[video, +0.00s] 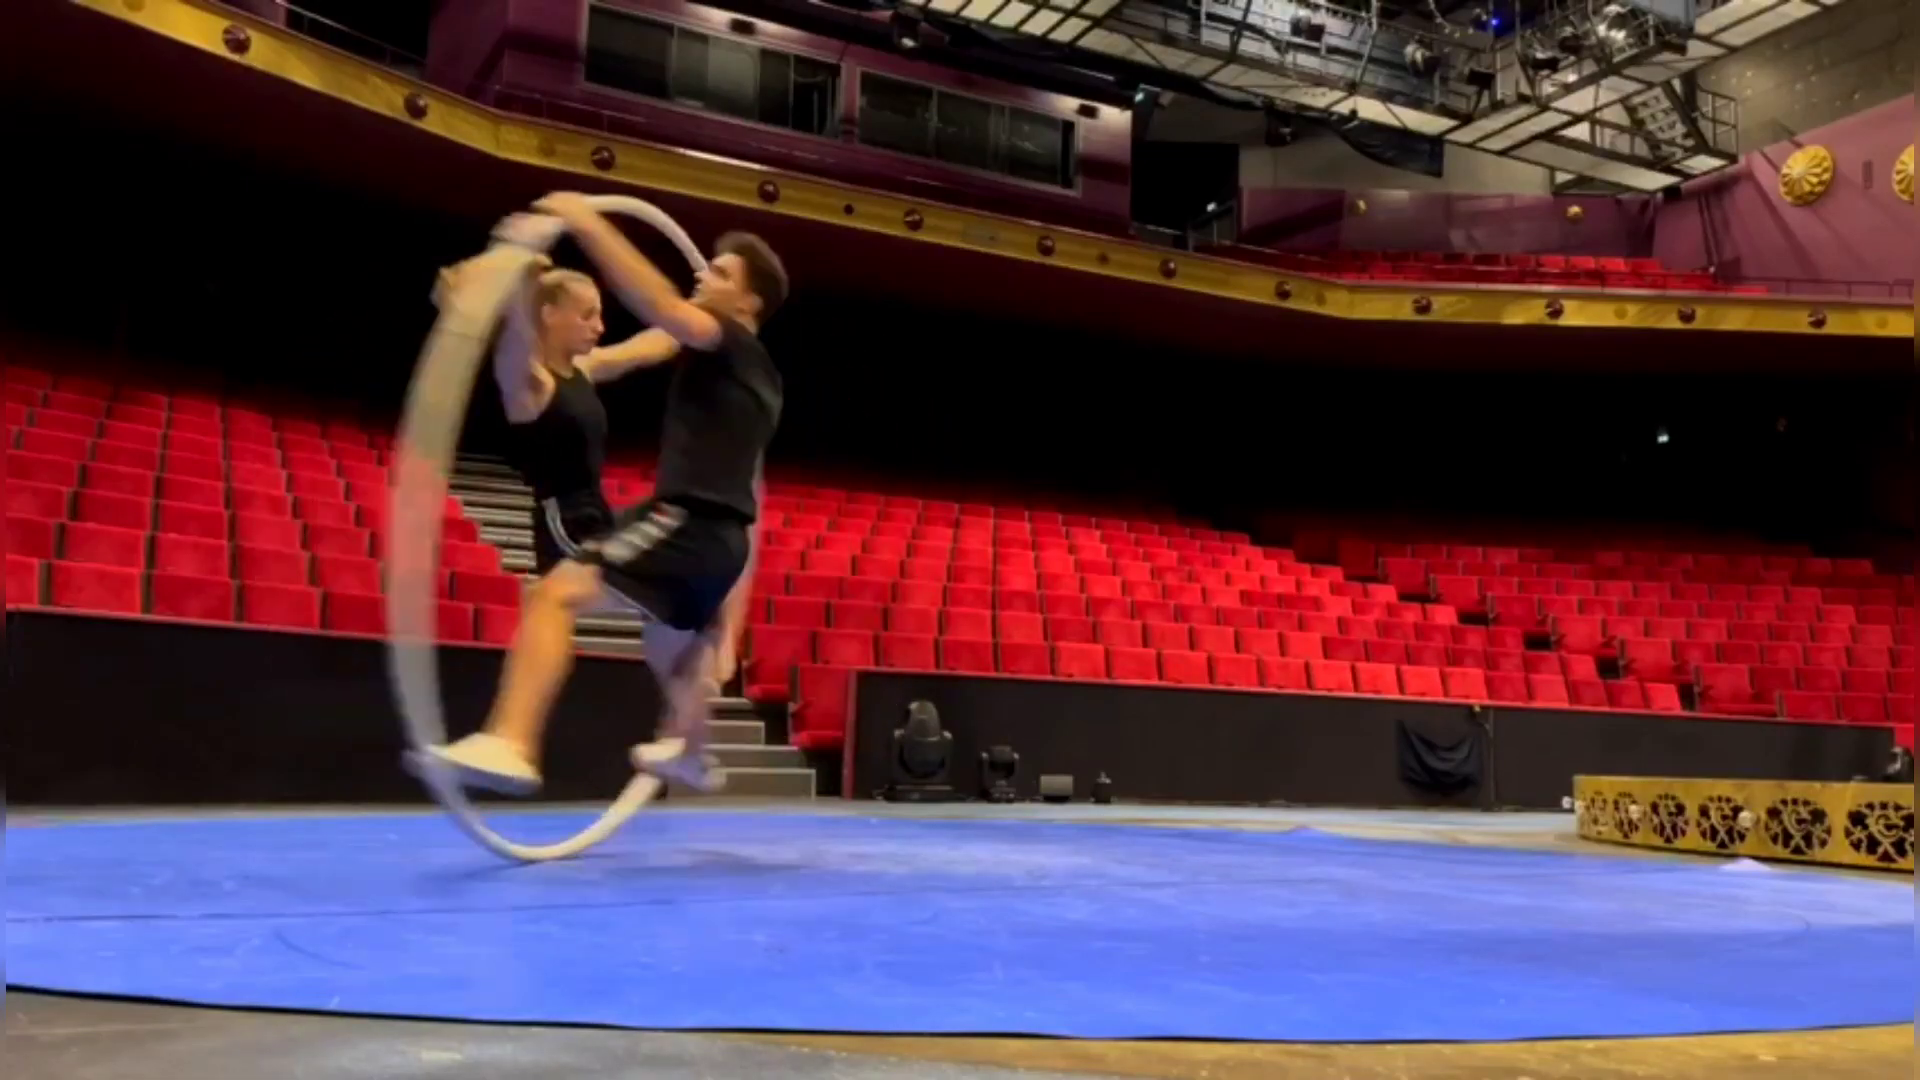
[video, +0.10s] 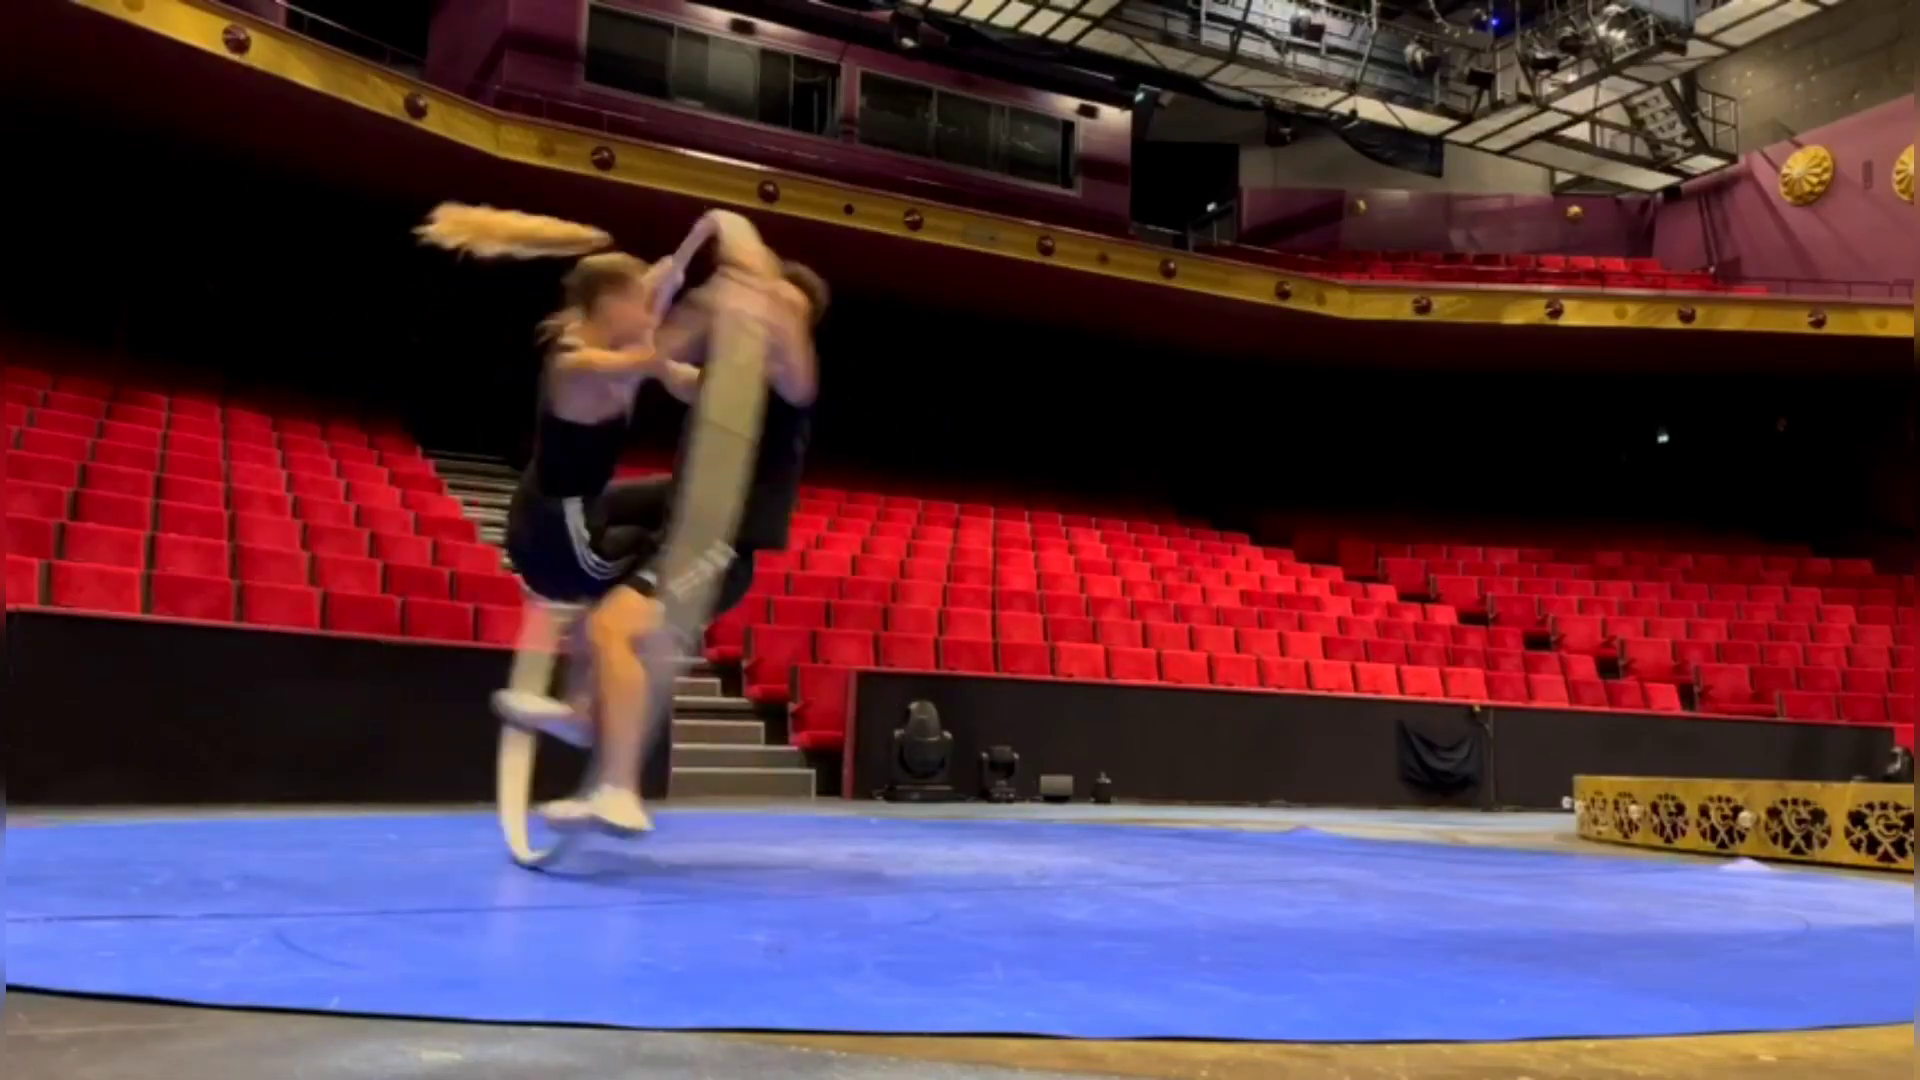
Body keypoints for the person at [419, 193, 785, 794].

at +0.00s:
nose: (700, 277)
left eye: (718, 272)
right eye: (707, 268)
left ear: (747, 299)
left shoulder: (721, 336)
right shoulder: (757, 366)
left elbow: (650, 301)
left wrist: (584, 218)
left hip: (687, 521)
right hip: (720, 535)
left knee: (554, 594)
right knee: (677, 648)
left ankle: (511, 741)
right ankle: (692, 751)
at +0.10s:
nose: (644, 318)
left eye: (647, 305)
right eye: (632, 305)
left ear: (639, 312)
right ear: (595, 311)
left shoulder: (629, 354)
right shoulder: (572, 362)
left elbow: (663, 293)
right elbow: (605, 368)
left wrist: (697, 240)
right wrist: (656, 364)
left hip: (554, 520)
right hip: (561, 540)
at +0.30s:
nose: (850, 395)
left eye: (861, 390)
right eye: (844, 378)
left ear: (863, 394)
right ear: (818, 361)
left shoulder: (844, 453)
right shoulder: (738, 372)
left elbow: (912, 497)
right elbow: (663, 317)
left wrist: (976, 474)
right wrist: (608, 246)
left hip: (688, 552)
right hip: (630, 503)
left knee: (678, 665)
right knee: (510, 546)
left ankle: (642, 821)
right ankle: (438, 580)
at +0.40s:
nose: (904, 375)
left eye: (915, 380)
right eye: (903, 364)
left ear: (917, 401)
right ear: (886, 361)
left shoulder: (864, 461)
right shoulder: (835, 356)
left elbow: (913, 518)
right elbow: (797, 277)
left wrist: (941, 523)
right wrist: (769, 218)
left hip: (675, 541)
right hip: (644, 458)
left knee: (699, 678)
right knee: (551, 475)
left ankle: (627, 817)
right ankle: (367, 491)